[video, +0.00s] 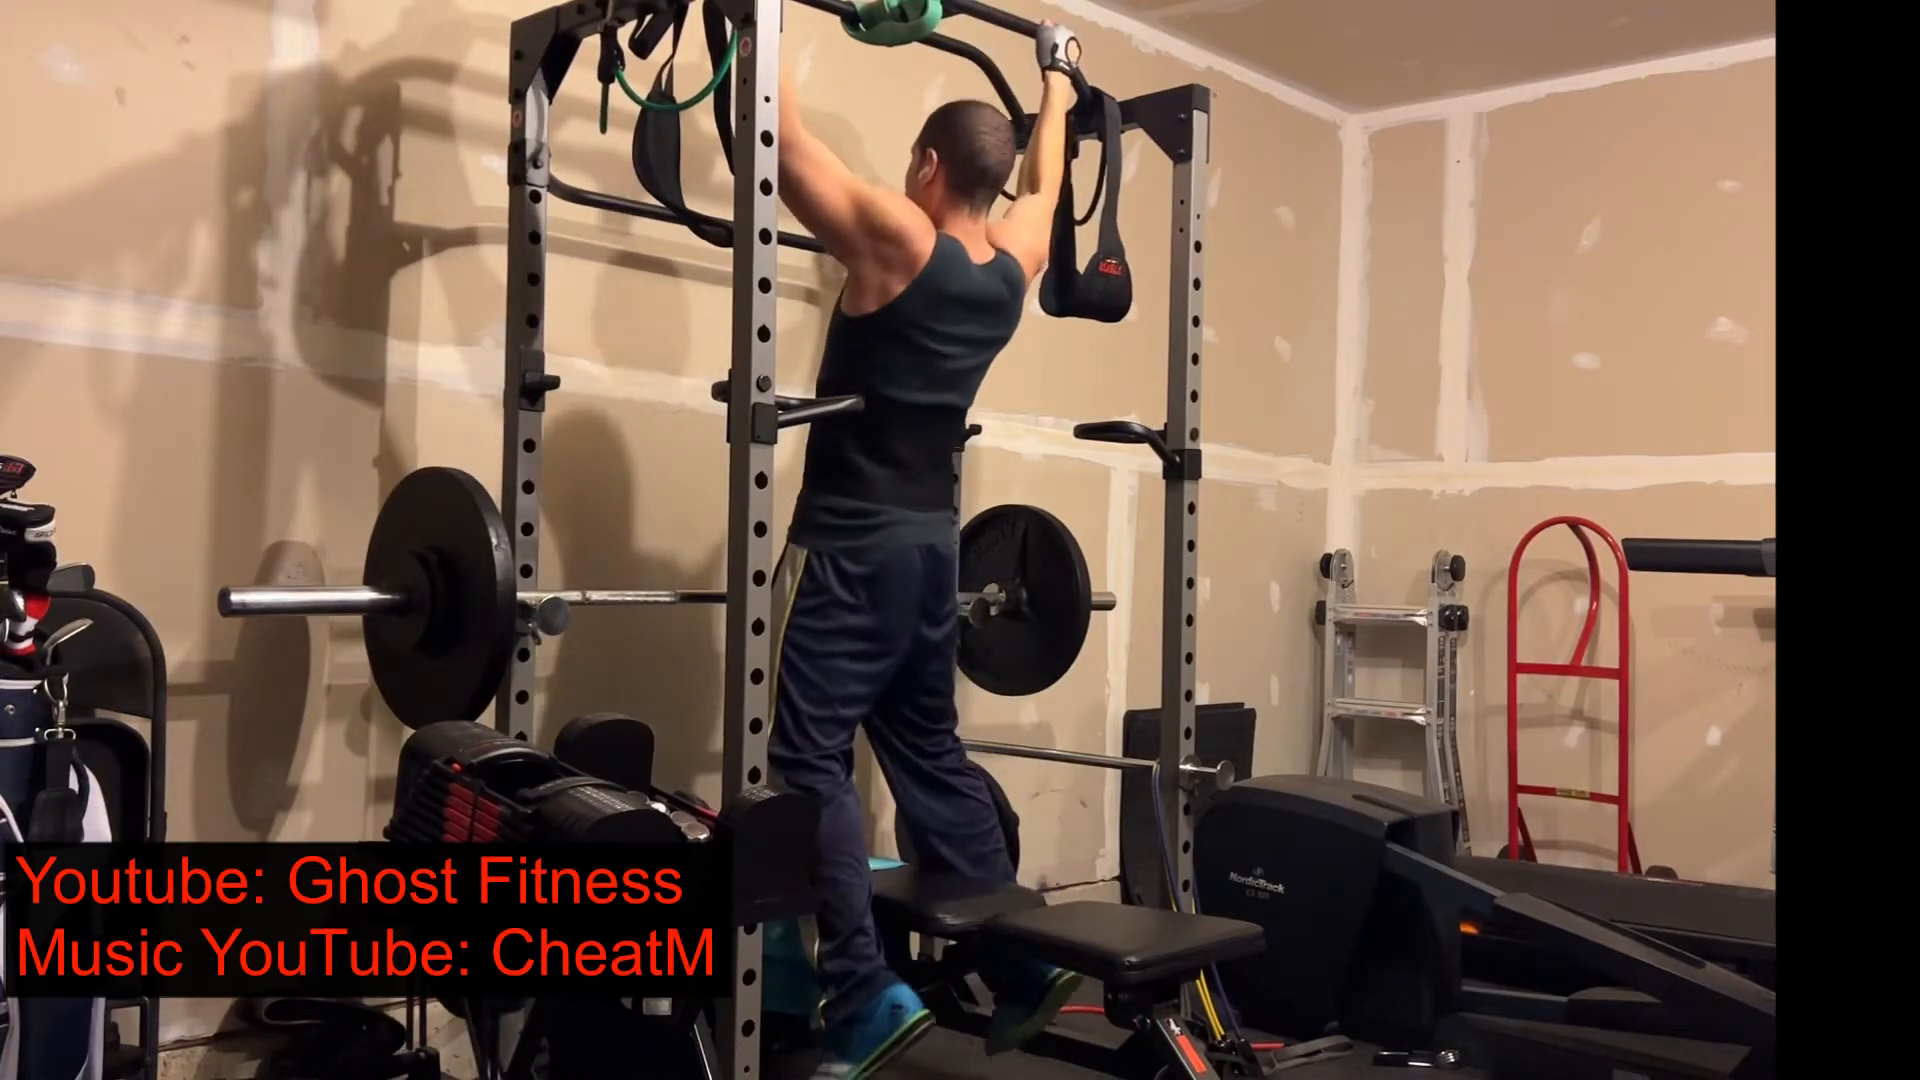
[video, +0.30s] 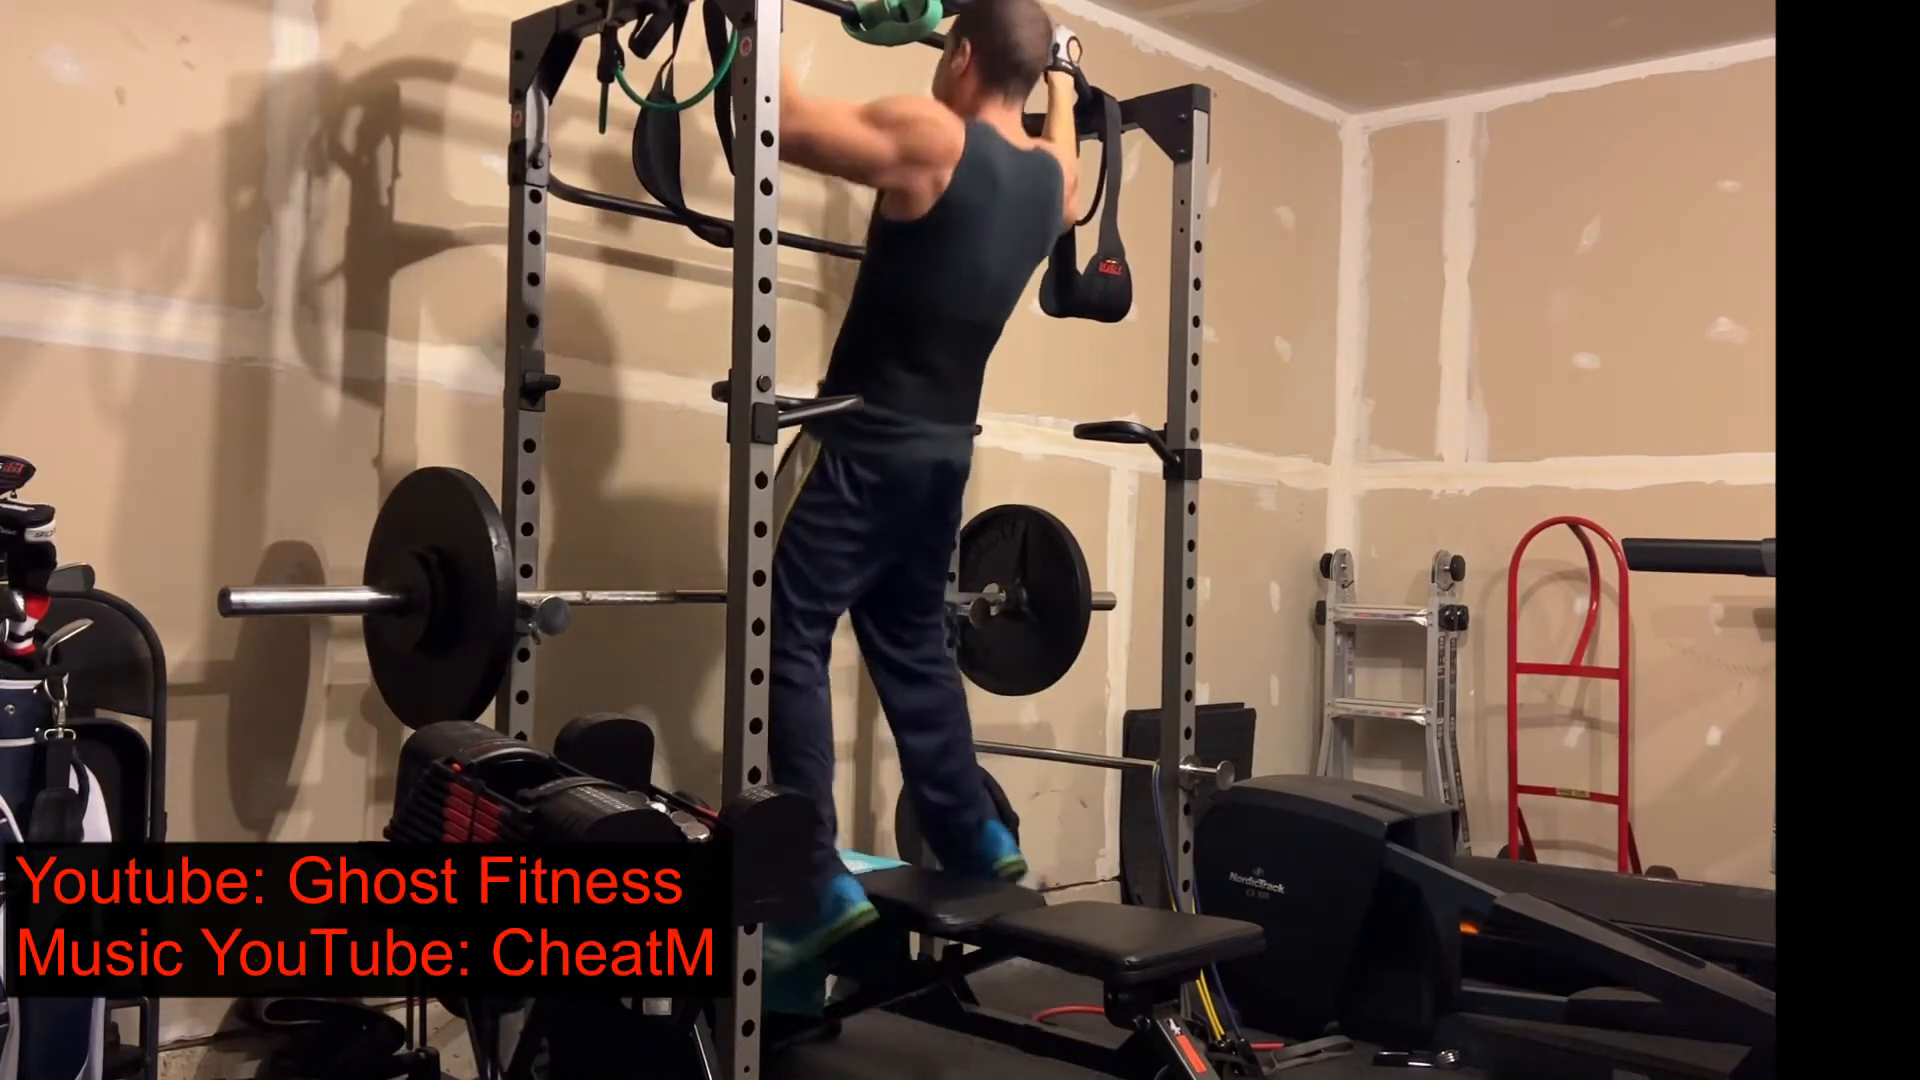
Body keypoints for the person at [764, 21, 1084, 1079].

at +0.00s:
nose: (905, 161)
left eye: (914, 150)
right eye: (917, 151)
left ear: (929, 162)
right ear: (1001, 185)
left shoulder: (892, 236)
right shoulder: (1011, 267)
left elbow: (782, 135)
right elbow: (1044, 186)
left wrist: (764, 26)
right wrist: (1057, 103)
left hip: (856, 536)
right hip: (932, 537)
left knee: (814, 755)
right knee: (927, 747)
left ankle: (859, 983)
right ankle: (1016, 955)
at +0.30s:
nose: (939, 58)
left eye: (947, 41)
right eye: (948, 42)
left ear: (965, 57)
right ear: (1034, 75)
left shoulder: (926, 133)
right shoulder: (1044, 173)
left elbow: (785, 120)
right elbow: (1067, 189)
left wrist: (758, 16)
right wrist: (1051, 98)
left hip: (865, 445)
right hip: (942, 453)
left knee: (791, 635)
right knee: (910, 639)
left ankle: (806, 870)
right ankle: (970, 838)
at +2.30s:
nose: (906, 125)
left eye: (911, 113)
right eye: (913, 114)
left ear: (930, 120)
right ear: (999, 142)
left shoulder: (890, 192)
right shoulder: (1012, 234)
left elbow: (764, 135)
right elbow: (1047, 185)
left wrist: (742, 46)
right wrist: (1057, 104)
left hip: (848, 503)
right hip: (926, 507)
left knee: (801, 703)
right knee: (919, 702)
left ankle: (852, 924)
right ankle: (1007, 879)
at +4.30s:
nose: (919, 135)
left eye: (925, 124)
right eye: (927, 125)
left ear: (945, 130)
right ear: (1007, 149)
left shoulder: (907, 196)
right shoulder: (1026, 241)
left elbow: (784, 140)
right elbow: (1049, 181)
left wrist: (761, 30)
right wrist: (1057, 103)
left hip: (859, 510)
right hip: (931, 514)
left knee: (795, 711)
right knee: (918, 722)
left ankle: (841, 940)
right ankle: (997, 915)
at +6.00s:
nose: (937, 40)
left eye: (944, 26)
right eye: (944, 29)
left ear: (962, 31)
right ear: (1038, 47)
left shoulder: (930, 104)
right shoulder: (1056, 147)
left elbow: (785, 114)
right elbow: (1074, 204)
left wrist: (761, 18)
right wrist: (1054, 98)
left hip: (883, 423)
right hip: (955, 431)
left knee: (792, 607)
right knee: (918, 616)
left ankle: (819, 842)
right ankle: (980, 816)